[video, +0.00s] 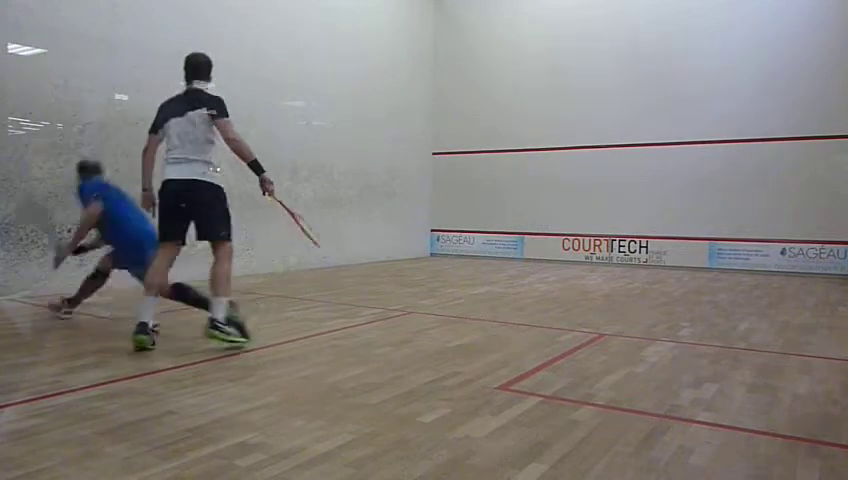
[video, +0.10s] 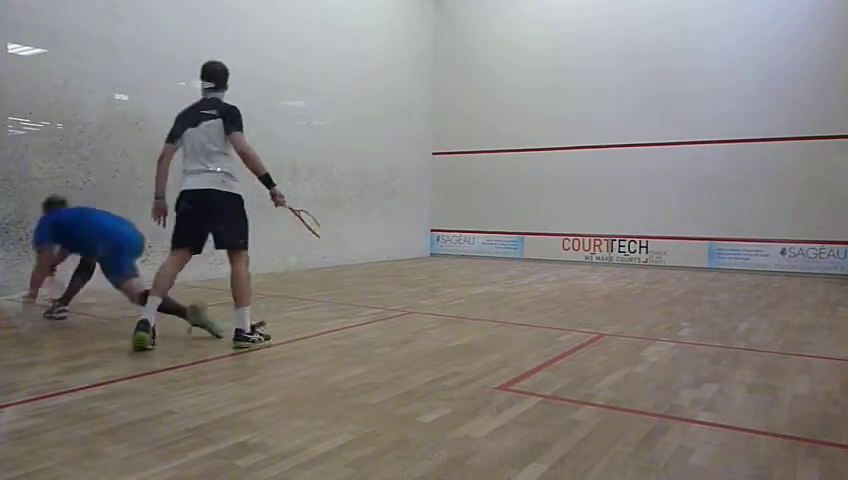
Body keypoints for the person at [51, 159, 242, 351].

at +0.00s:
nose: (79, 182)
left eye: (80, 179)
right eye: (84, 179)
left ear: (81, 177)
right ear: (100, 174)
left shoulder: (90, 187)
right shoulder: (111, 192)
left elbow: (94, 212)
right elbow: (106, 237)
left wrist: (71, 246)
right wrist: (80, 249)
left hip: (135, 243)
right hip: (145, 239)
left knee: (161, 287)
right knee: (105, 264)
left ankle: (219, 308)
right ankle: (73, 302)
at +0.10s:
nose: (46, 218)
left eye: (45, 214)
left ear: (47, 212)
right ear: (64, 209)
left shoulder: (48, 222)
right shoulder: (80, 220)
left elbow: (44, 263)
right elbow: (63, 254)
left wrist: (32, 294)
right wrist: (50, 268)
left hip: (113, 246)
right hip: (135, 238)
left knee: (138, 295)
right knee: (87, 261)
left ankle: (188, 313)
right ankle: (63, 303)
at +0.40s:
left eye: (26, 191)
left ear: (24, 191)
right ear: (42, 182)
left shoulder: (27, 202)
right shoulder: (61, 188)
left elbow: (18, 250)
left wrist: (12, 288)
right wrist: (108, 240)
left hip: (81, 226)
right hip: (111, 222)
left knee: (34, 263)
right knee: (73, 254)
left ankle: (81, 292)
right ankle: (62, 302)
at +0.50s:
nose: (32, 164)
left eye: (29, 161)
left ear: (28, 160)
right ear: (48, 153)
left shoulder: (28, 179)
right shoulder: (71, 165)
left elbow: (17, 229)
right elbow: (116, 179)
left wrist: (13, 267)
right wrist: (127, 211)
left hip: (70, 219)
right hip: (104, 218)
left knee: (30, 261)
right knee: (75, 253)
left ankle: (36, 309)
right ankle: (62, 303)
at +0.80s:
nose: (107, 103)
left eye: (105, 98)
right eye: (105, 99)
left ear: (80, 99)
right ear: (99, 98)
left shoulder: (59, 124)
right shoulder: (111, 122)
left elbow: (42, 170)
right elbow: (133, 156)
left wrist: (48, 204)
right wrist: (153, 187)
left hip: (61, 188)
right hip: (101, 187)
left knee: (48, 253)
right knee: (115, 248)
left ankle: (29, 316)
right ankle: (104, 306)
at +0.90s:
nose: (126, 111)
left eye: (125, 106)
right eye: (125, 106)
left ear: (99, 106)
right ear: (118, 106)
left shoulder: (77, 128)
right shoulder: (125, 132)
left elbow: (52, 169)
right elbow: (143, 172)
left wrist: (69, 199)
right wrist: (164, 200)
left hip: (67, 201)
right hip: (106, 202)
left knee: (54, 263)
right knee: (133, 256)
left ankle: (28, 323)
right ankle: (127, 316)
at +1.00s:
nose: (142, 120)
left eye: (141, 115)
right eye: (141, 115)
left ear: (114, 116)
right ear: (135, 117)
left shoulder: (89, 137)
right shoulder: (138, 145)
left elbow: (64, 173)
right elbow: (154, 188)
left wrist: (79, 202)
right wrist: (172, 219)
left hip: (78, 209)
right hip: (114, 210)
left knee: (75, 266)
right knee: (141, 265)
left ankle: (38, 310)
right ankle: (128, 327)